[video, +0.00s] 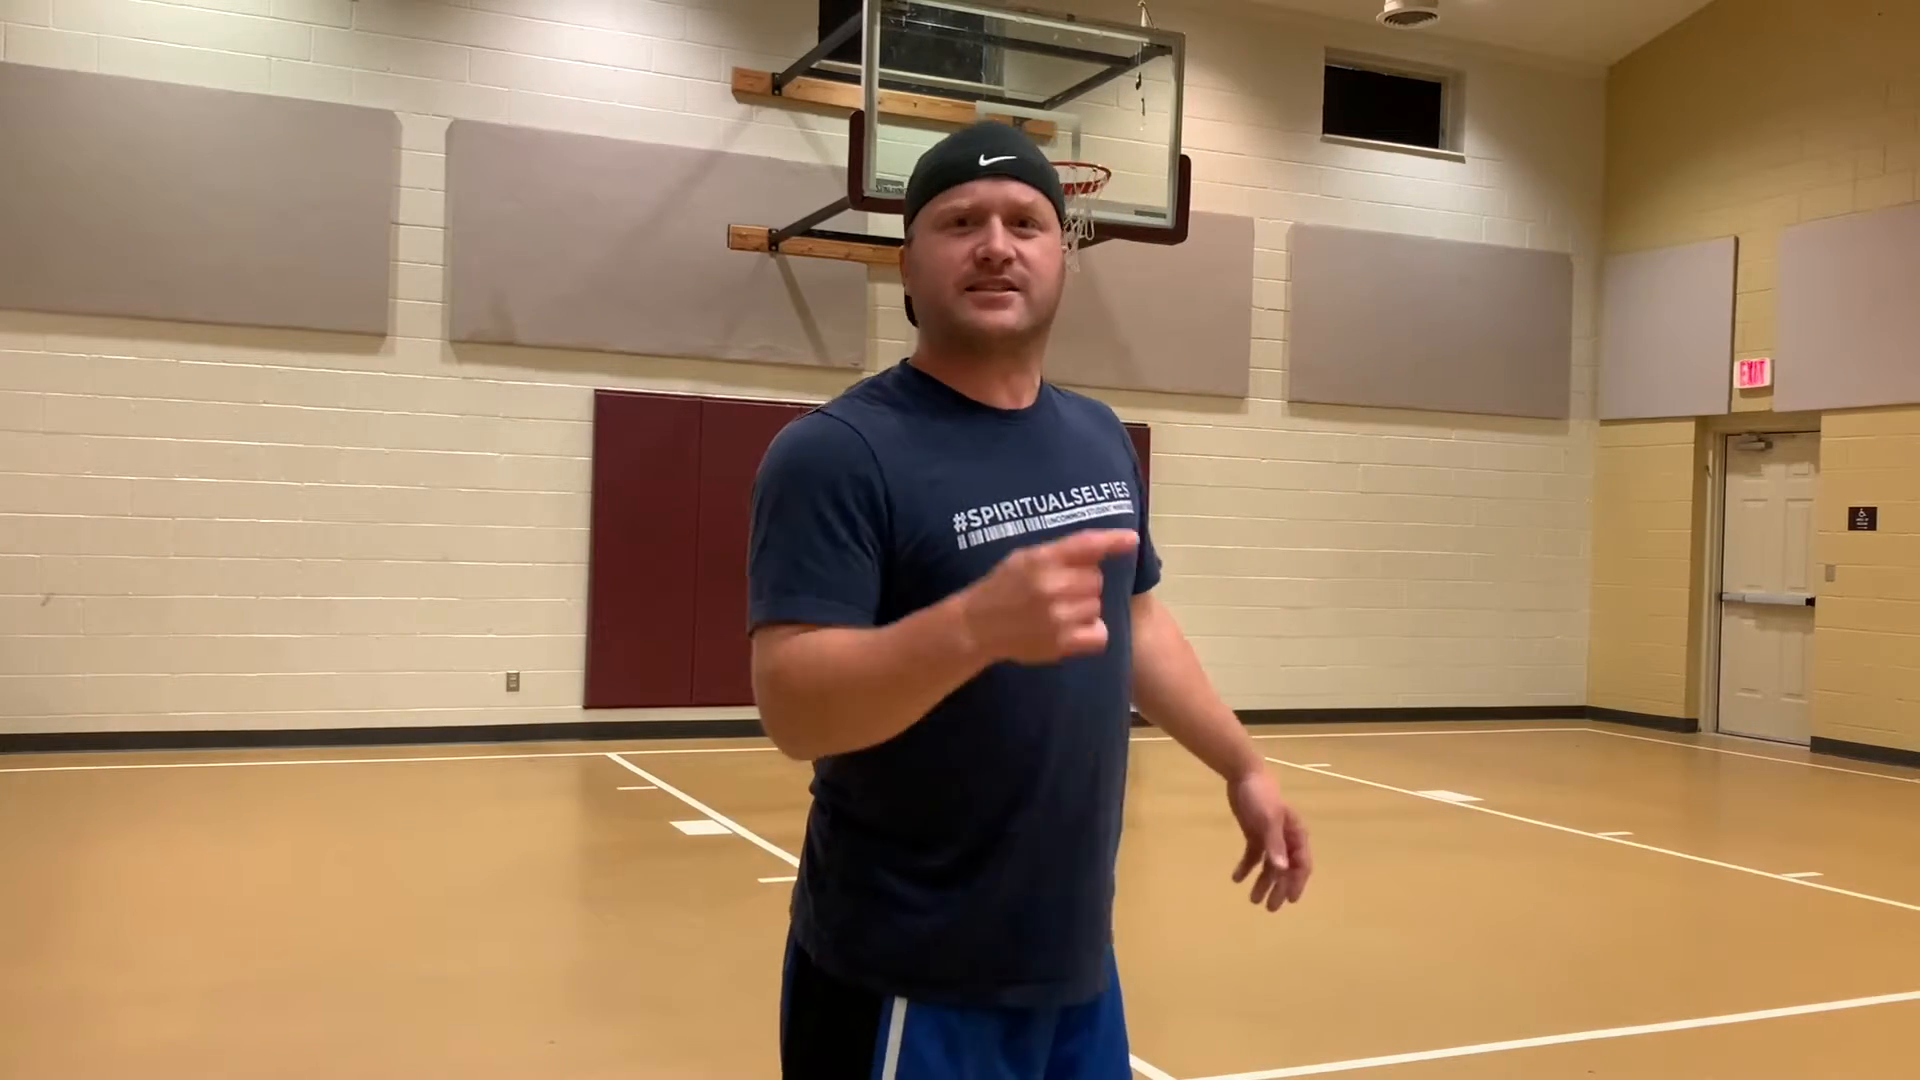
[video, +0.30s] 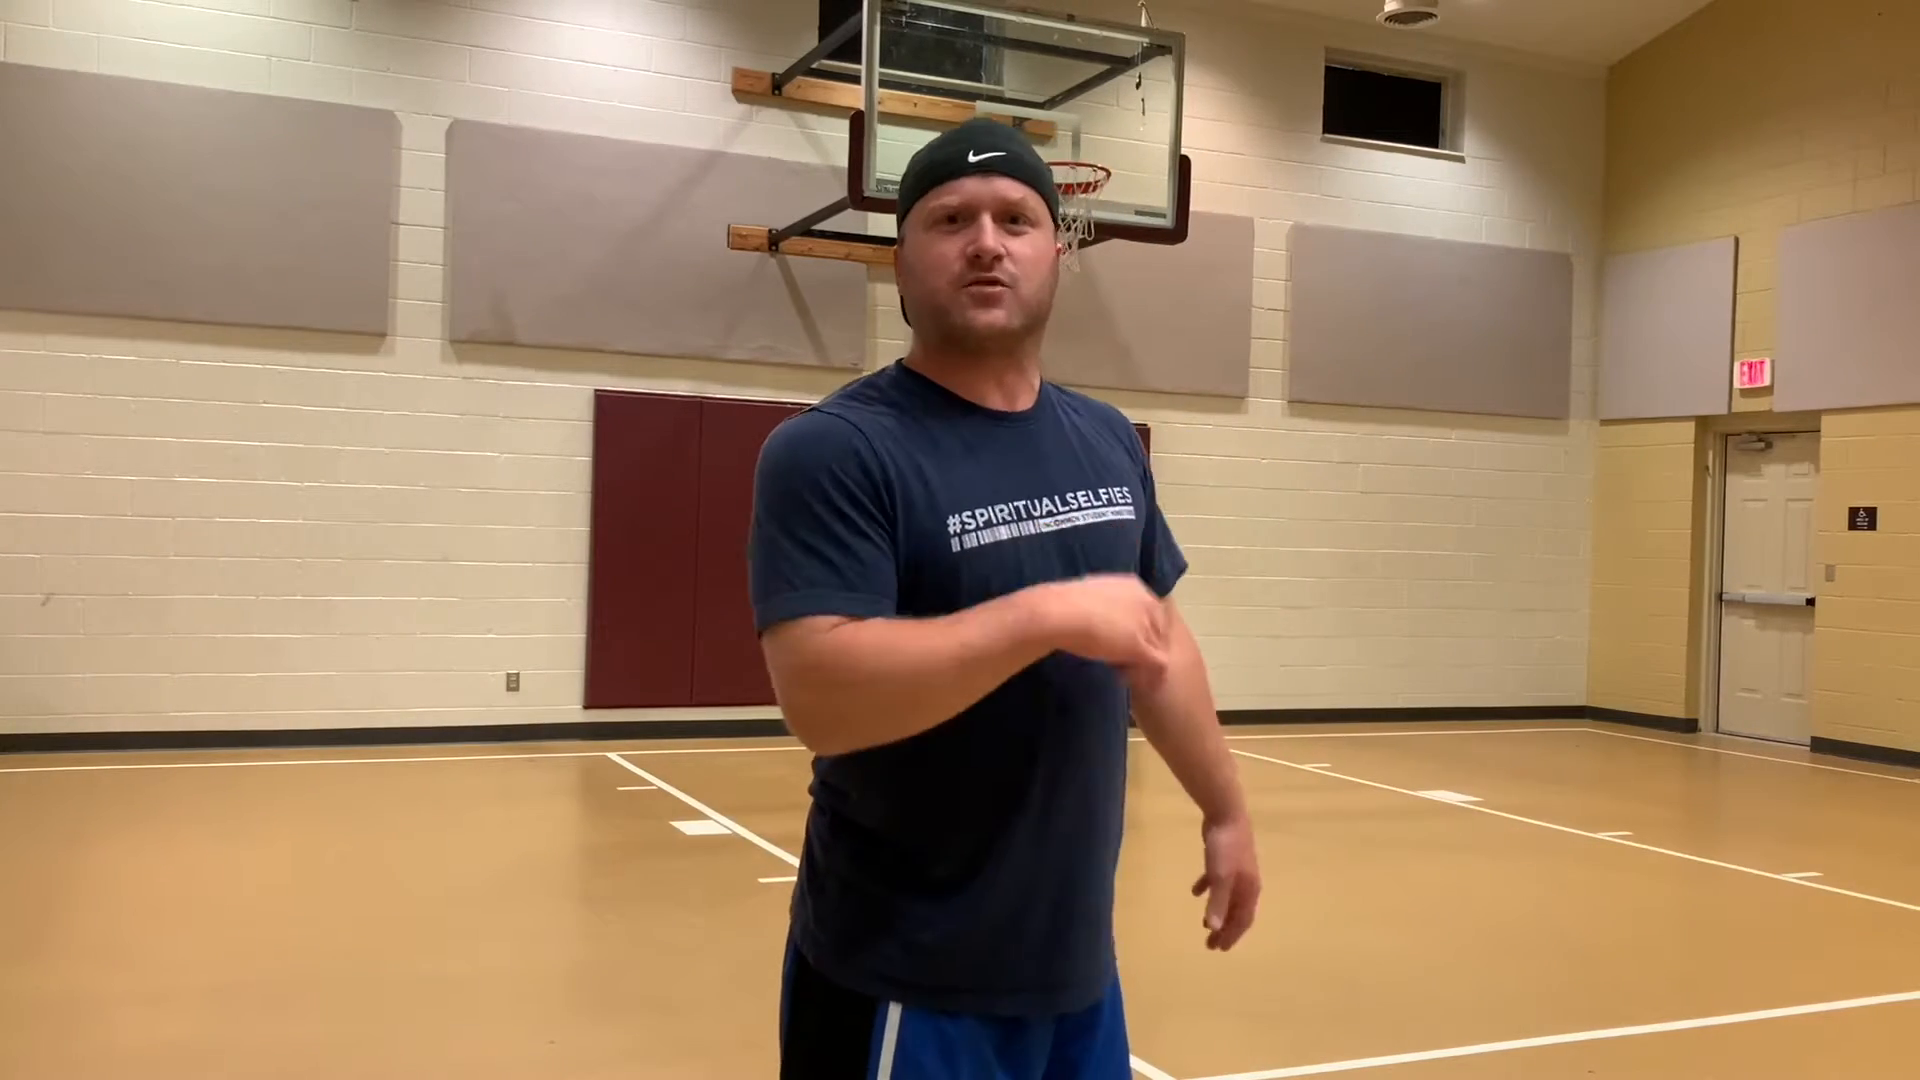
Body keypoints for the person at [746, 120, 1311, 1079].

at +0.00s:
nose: (995, 247)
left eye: (1025, 223)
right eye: (960, 223)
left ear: (1065, 260)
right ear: (907, 263)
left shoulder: (1097, 437)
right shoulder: (835, 455)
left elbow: (1134, 618)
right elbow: (797, 710)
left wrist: (1242, 763)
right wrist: (974, 626)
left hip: (1072, 954)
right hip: (901, 973)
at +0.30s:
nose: (987, 243)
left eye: (1017, 220)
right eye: (952, 221)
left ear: (1060, 261)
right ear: (900, 265)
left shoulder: (1105, 441)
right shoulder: (833, 452)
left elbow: (1155, 636)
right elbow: (821, 697)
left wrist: (1226, 811)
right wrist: (1050, 614)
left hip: (1073, 951)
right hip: (898, 972)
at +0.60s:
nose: (1025, 271)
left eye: (1059, 248)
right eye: (997, 235)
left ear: (1092, 280)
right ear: (937, 248)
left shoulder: (1104, 445)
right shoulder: (834, 450)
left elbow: (1142, 635)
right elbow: (790, 694)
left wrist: (1236, 807)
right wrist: (997, 810)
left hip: (1079, 981)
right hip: (902, 994)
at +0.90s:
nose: (1009, 268)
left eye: (1042, 239)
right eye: (977, 237)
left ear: (1086, 260)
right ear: (926, 259)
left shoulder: (1118, 449)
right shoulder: (838, 456)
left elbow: (1148, 647)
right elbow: (797, 700)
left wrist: (1216, 828)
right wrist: (819, 972)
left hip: (1080, 972)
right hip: (908, 993)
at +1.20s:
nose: (1006, 287)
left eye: (1041, 259)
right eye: (975, 251)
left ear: (1085, 278)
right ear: (924, 261)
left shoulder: (1108, 448)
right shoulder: (827, 465)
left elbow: (1138, 634)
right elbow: (753, 716)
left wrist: (1224, 808)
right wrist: (747, 979)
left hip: (1074, 978)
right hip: (894, 1000)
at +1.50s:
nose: (1005, 292)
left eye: (1038, 262)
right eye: (972, 258)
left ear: (1079, 281)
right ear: (917, 273)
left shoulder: (1092, 447)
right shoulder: (824, 483)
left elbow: (1116, 631)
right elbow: (766, 739)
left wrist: (1194, 799)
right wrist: (787, 1013)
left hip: (1059, 985)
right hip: (894, 1008)